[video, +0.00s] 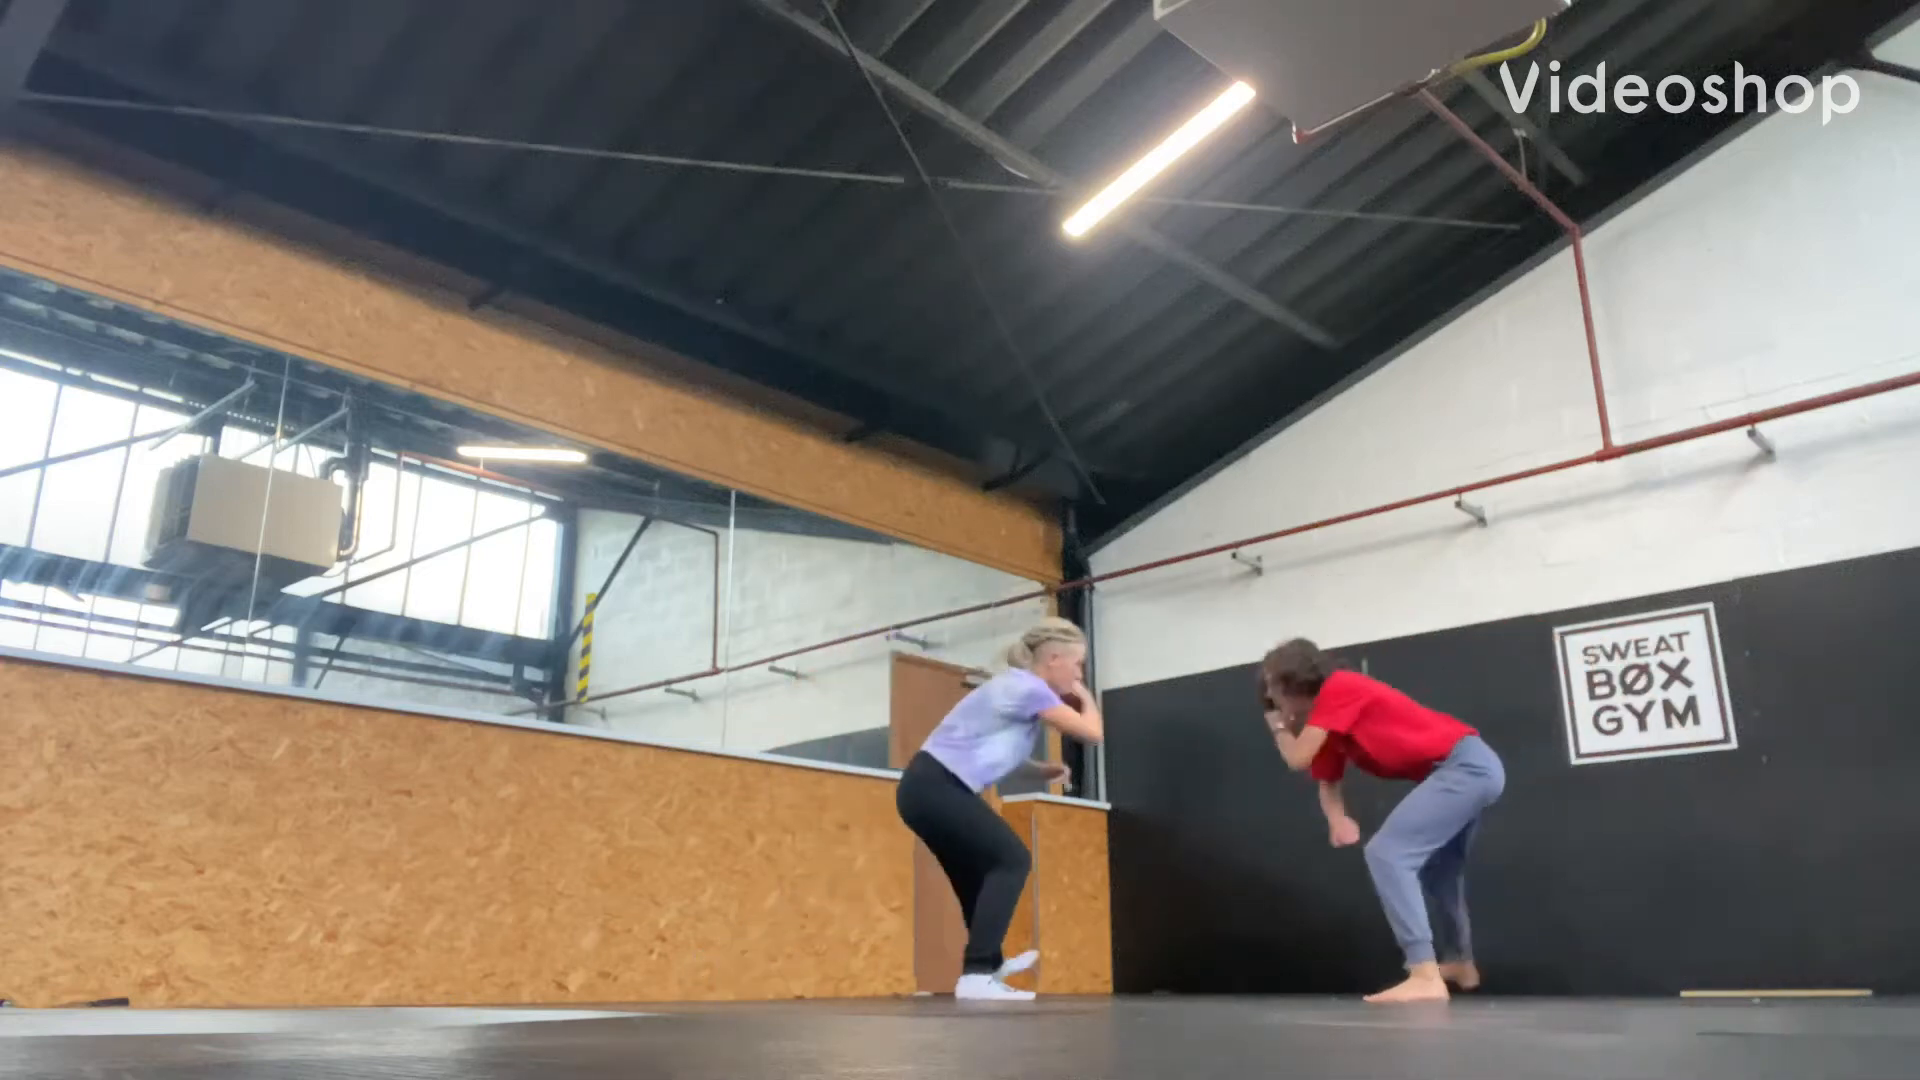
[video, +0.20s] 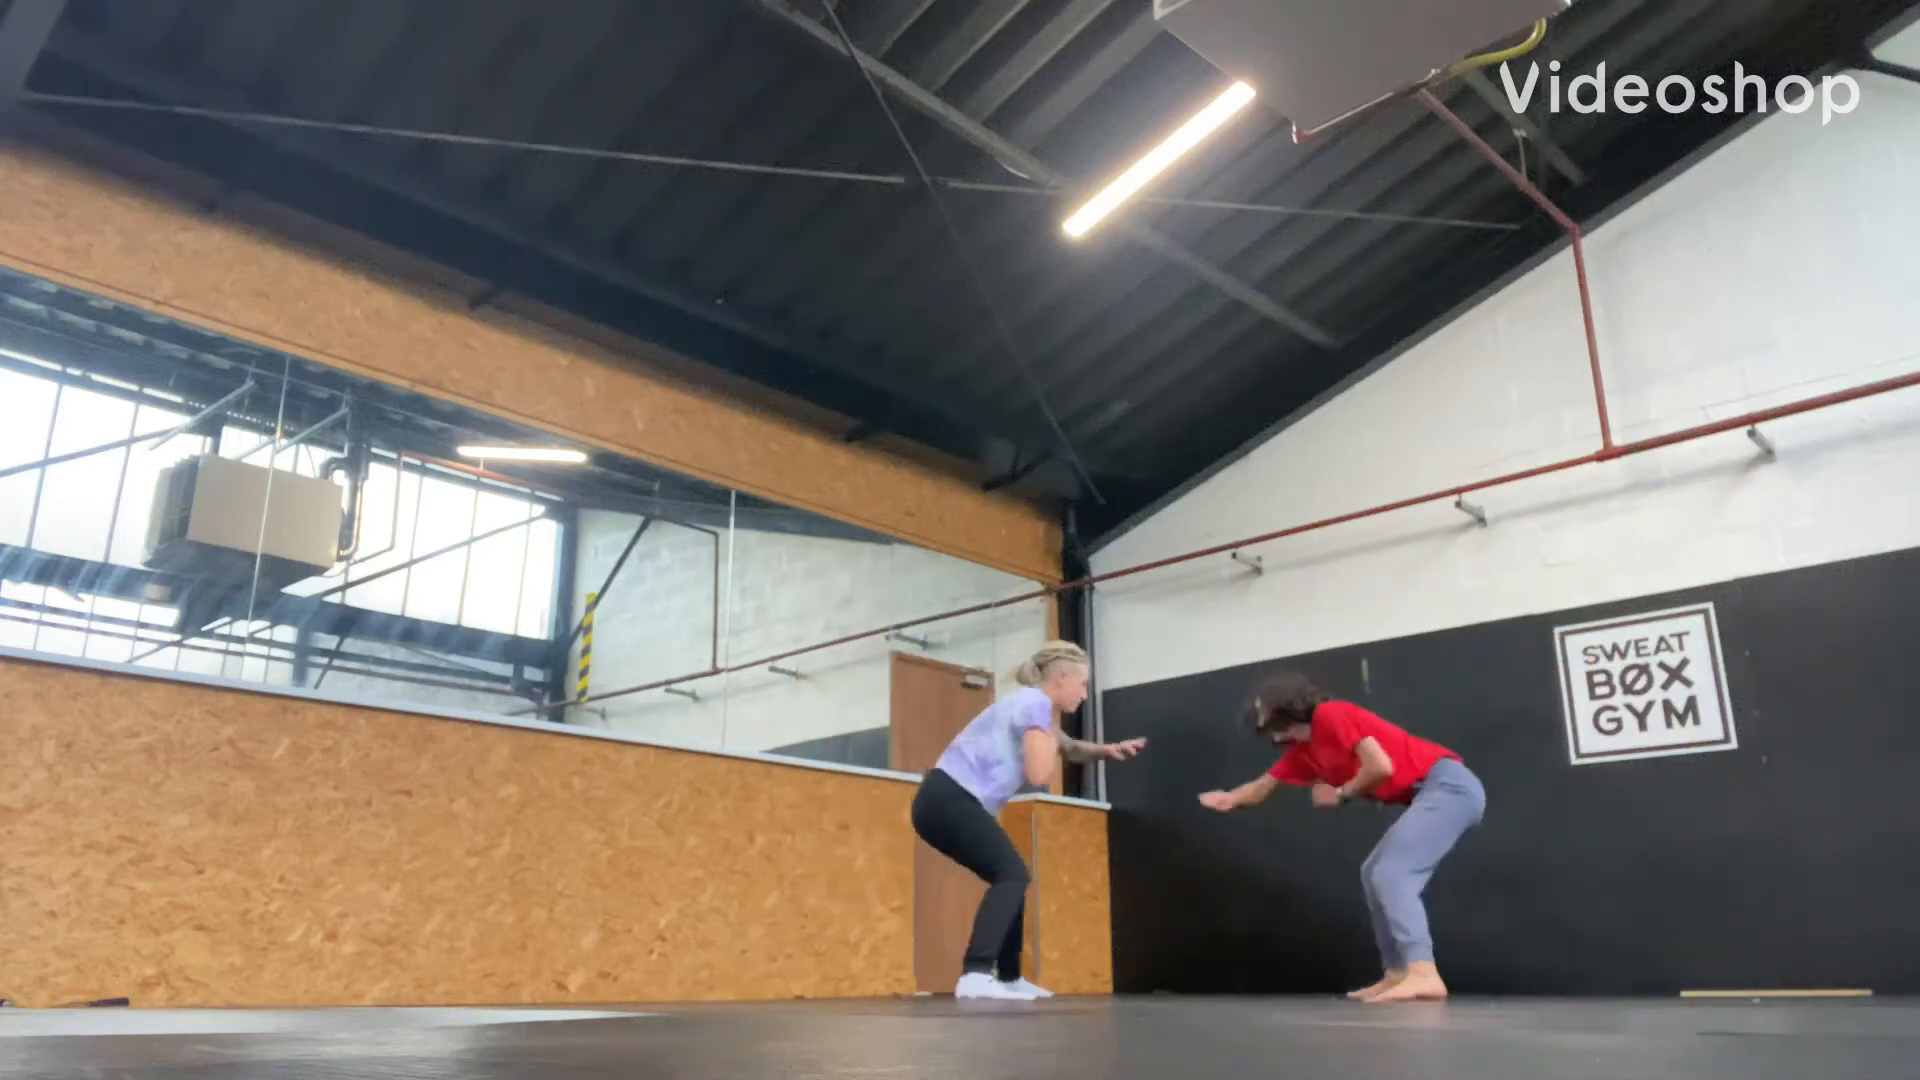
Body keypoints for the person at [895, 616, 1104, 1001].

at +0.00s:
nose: (1080, 675)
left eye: (1081, 666)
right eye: (1077, 664)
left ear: (1049, 662)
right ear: (1050, 662)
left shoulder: (1012, 689)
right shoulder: (1027, 687)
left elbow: (993, 756)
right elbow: (1092, 731)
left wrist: (1039, 770)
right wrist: (1083, 694)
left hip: (927, 787)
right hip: (936, 786)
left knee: (974, 879)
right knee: (1013, 859)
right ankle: (977, 977)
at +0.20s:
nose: (1085, 694)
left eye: (1087, 686)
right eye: (1083, 684)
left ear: (1056, 680)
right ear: (1059, 679)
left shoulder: (1036, 708)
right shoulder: (1034, 703)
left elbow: (1067, 746)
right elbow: (1037, 774)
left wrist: (1110, 750)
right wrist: (1050, 737)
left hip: (952, 801)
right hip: (945, 799)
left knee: (1014, 877)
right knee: (1011, 876)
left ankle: (1007, 978)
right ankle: (976, 977)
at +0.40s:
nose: (1093, 702)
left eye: (1094, 694)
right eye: (1091, 692)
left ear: (1068, 687)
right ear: (1069, 685)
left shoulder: (1044, 715)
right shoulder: (1040, 703)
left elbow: (1050, 747)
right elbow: (1019, 756)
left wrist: (1094, 761)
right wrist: (1046, 768)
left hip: (963, 797)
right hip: (944, 783)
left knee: (1009, 873)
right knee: (944, 871)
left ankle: (1009, 979)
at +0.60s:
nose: (1068, 675)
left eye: (1069, 667)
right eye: (1065, 665)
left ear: (1036, 664)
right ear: (1043, 661)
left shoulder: (1013, 685)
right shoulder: (1028, 683)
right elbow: (1053, 737)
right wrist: (1052, 723)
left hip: (960, 793)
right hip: (940, 778)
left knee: (1002, 873)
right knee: (903, 874)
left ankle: (1008, 979)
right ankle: (806, 942)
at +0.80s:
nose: (1018, 655)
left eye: (1019, 647)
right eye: (1015, 646)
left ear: (987, 644)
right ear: (996, 643)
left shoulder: (953, 674)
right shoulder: (981, 668)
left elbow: (897, 719)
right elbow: (999, 725)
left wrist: (860, 758)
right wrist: (1001, 709)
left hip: (934, 792)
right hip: (914, 784)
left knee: (985, 872)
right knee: (876, 881)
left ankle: (1005, 978)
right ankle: (793, 961)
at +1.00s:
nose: (998, 662)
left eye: (998, 654)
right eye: (994, 653)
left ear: (968, 655)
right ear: (973, 652)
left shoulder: (936, 687)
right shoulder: (957, 681)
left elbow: (890, 743)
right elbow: (974, 739)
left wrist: (861, 794)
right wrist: (988, 703)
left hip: (925, 807)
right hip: (903, 800)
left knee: (993, 870)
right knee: (869, 897)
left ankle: (1017, 974)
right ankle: (783, 970)